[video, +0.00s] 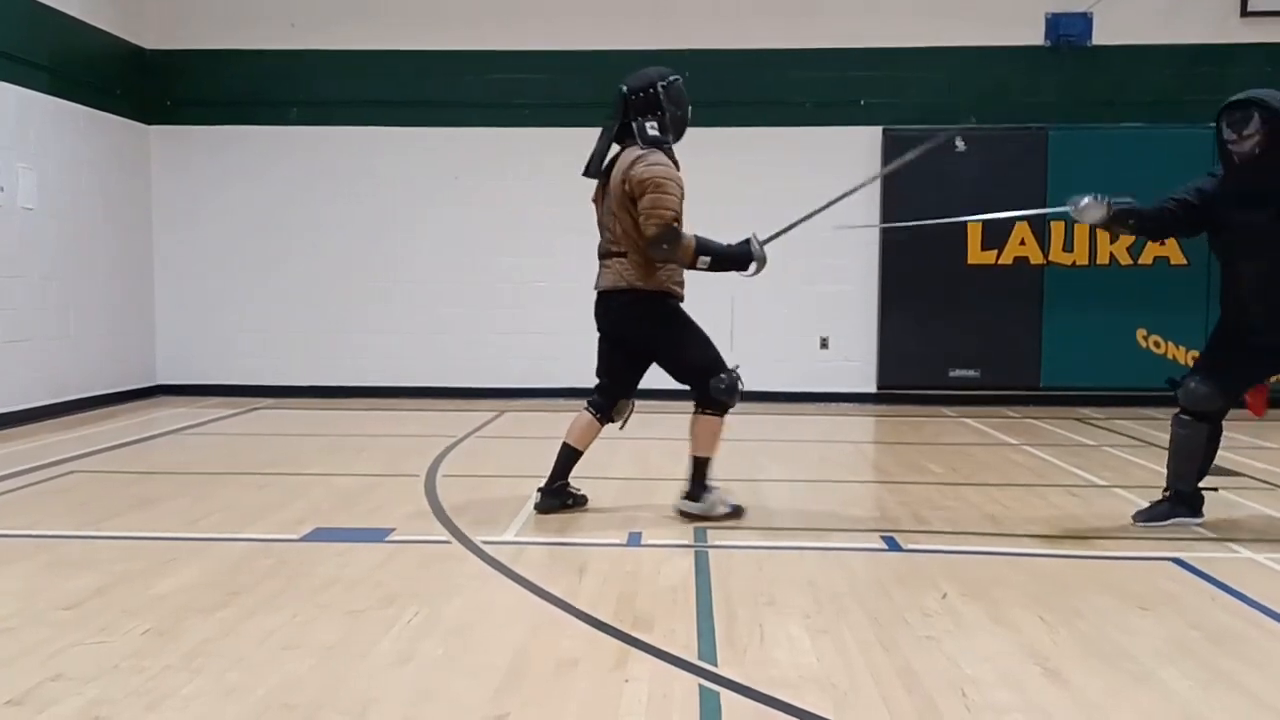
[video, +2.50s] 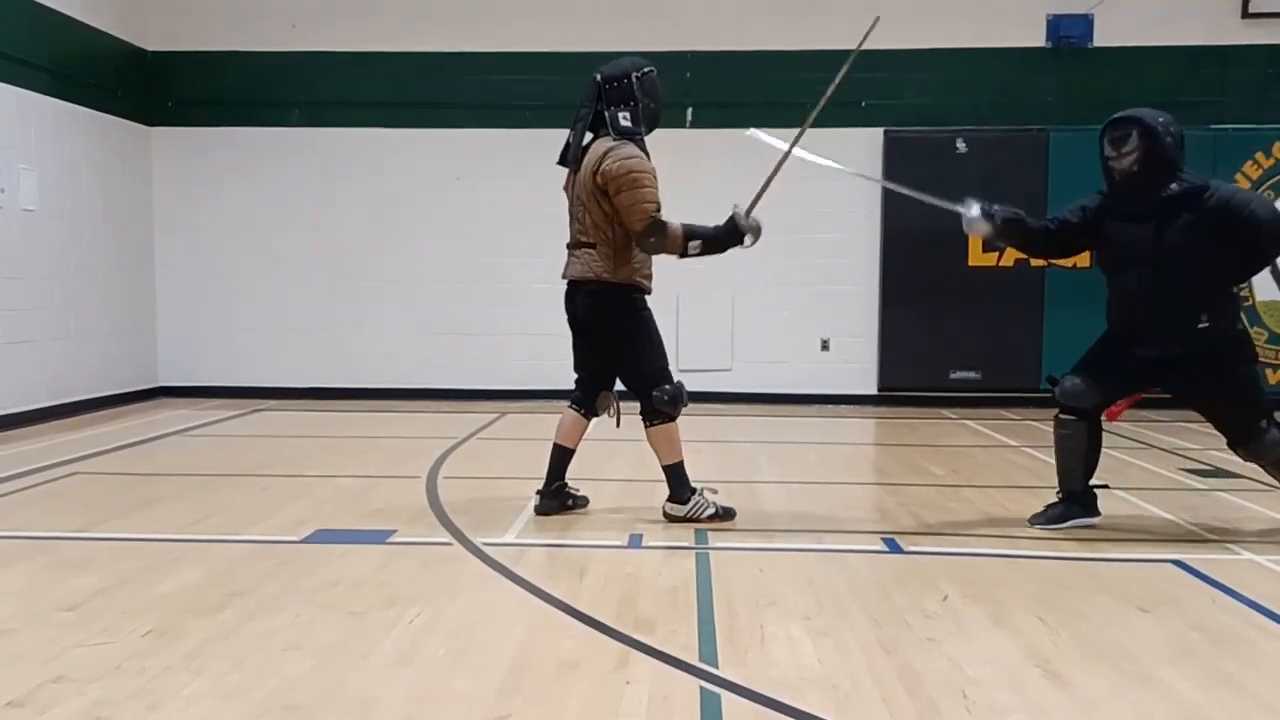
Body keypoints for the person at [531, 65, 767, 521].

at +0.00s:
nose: (685, 112)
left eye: (682, 103)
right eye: (678, 104)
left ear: (632, 111)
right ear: (664, 110)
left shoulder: (620, 162)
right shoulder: (655, 167)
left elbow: (635, 243)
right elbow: (663, 243)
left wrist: (721, 257)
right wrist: (731, 256)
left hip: (615, 304)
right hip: (648, 305)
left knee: (609, 397)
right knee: (717, 383)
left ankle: (554, 486)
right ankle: (698, 492)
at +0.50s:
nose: (665, 107)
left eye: (663, 97)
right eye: (660, 98)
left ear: (616, 102)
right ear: (645, 102)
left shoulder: (599, 154)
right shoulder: (633, 158)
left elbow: (617, 234)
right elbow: (651, 233)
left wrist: (684, 263)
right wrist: (714, 275)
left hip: (603, 293)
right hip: (637, 294)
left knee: (601, 392)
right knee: (688, 388)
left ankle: (553, 486)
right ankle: (682, 494)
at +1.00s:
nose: (647, 102)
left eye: (644, 93)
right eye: (641, 94)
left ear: (597, 100)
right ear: (627, 98)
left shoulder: (587, 152)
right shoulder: (622, 155)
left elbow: (647, 224)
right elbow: (655, 222)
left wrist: (717, 244)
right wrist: (724, 244)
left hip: (593, 293)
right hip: (628, 293)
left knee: (595, 388)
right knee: (671, 390)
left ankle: (553, 487)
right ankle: (682, 495)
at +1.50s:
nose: (655, 105)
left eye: (651, 96)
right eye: (650, 97)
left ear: (604, 104)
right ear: (638, 101)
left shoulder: (588, 153)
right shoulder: (639, 152)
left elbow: (584, 219)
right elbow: (699, 201)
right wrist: (775, 212)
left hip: (595, 293)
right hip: (634, 294)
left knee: (594, 389)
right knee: (674, 390)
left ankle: (553, 487)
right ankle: (683, 495)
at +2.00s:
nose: (667, 104)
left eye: (665, 95)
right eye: (662, 96)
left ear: (617, 101)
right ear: (646, 101)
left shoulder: (595, 151)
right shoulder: (644, 153)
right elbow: (689, 219)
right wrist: (757, 215)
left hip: (596, 290)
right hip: (634, 294)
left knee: (592, 387)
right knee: (675, 391)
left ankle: (553, 487)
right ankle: (683, 496)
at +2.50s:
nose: (656, 105)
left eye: (654, 95)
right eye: (651, 96)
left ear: (608, 102)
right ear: (634, 101)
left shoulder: (591, 153)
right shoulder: (626, 158)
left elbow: (636, 235)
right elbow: (651, 233)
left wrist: (708, 243)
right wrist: (714, 235)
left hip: (585, 293)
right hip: (616, 296)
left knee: (590, 391)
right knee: (658, 396)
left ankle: (552, 488)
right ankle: (682, 495)